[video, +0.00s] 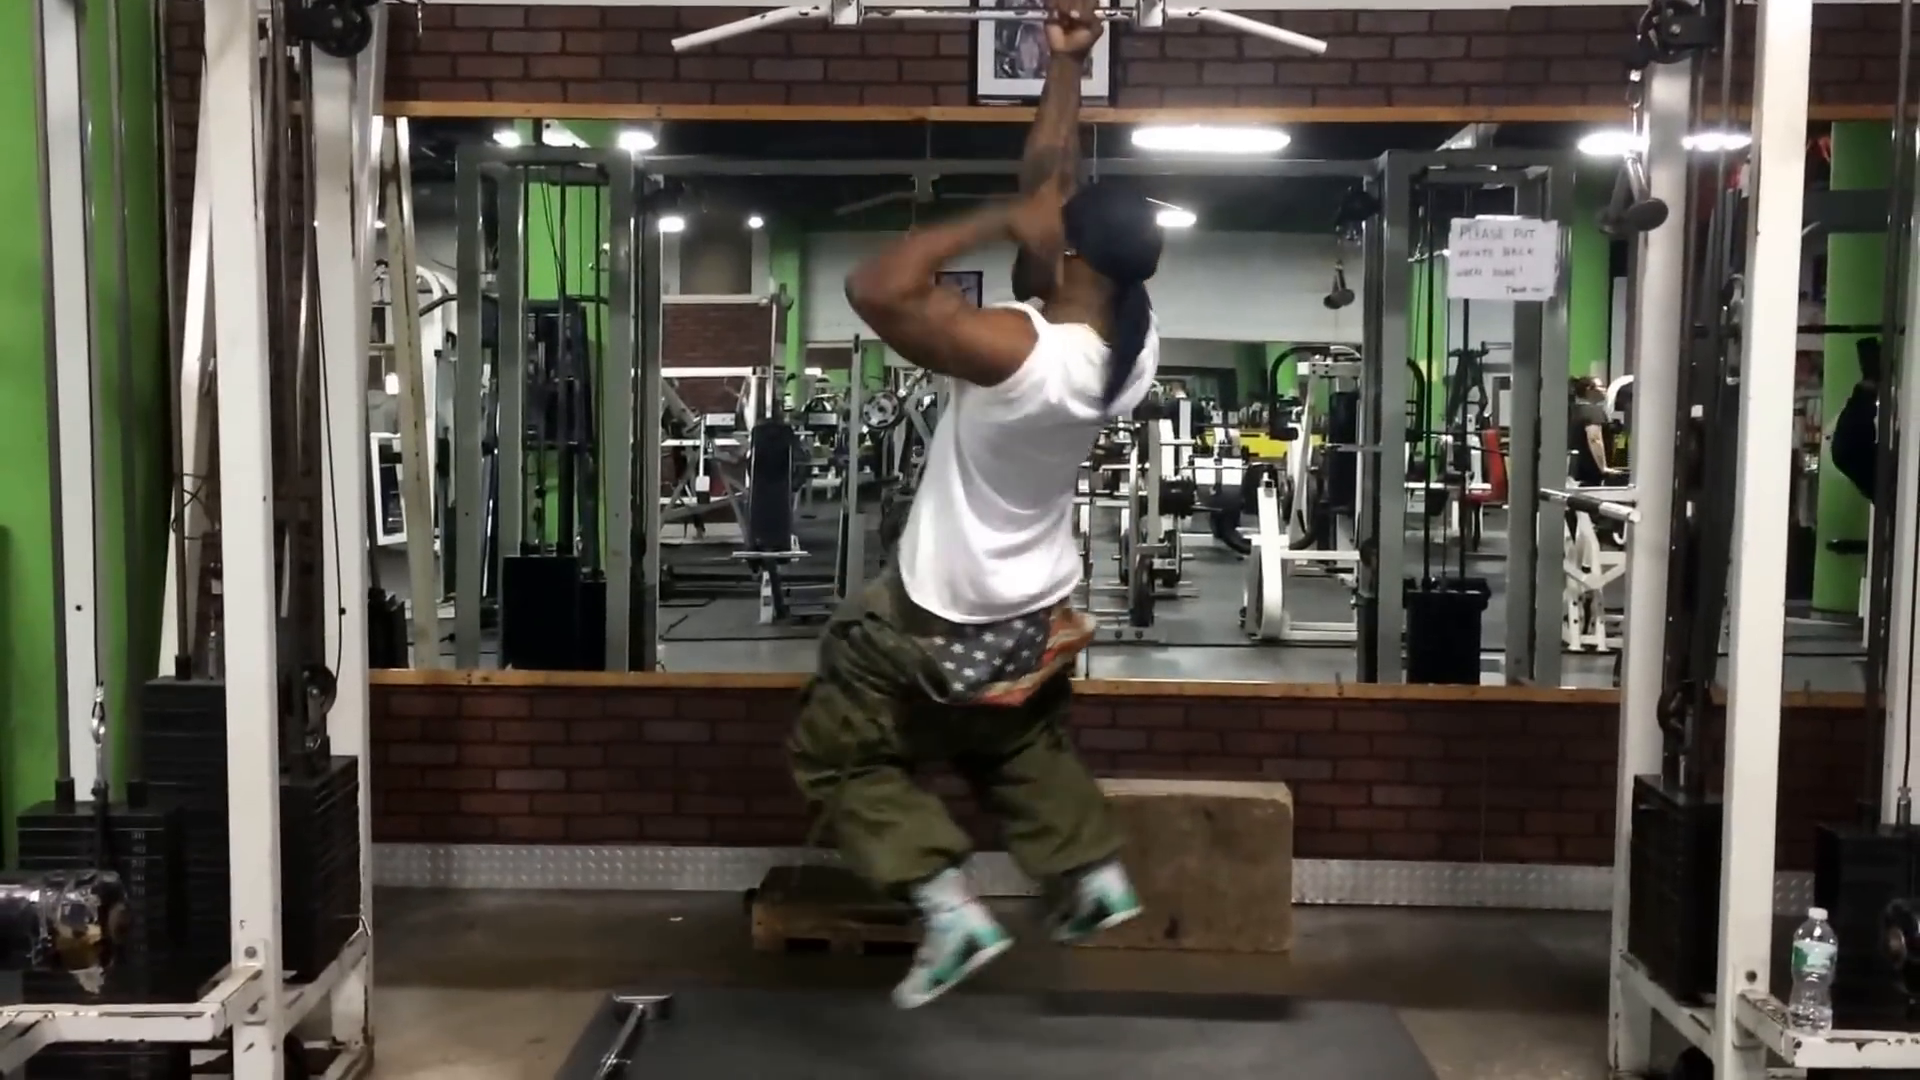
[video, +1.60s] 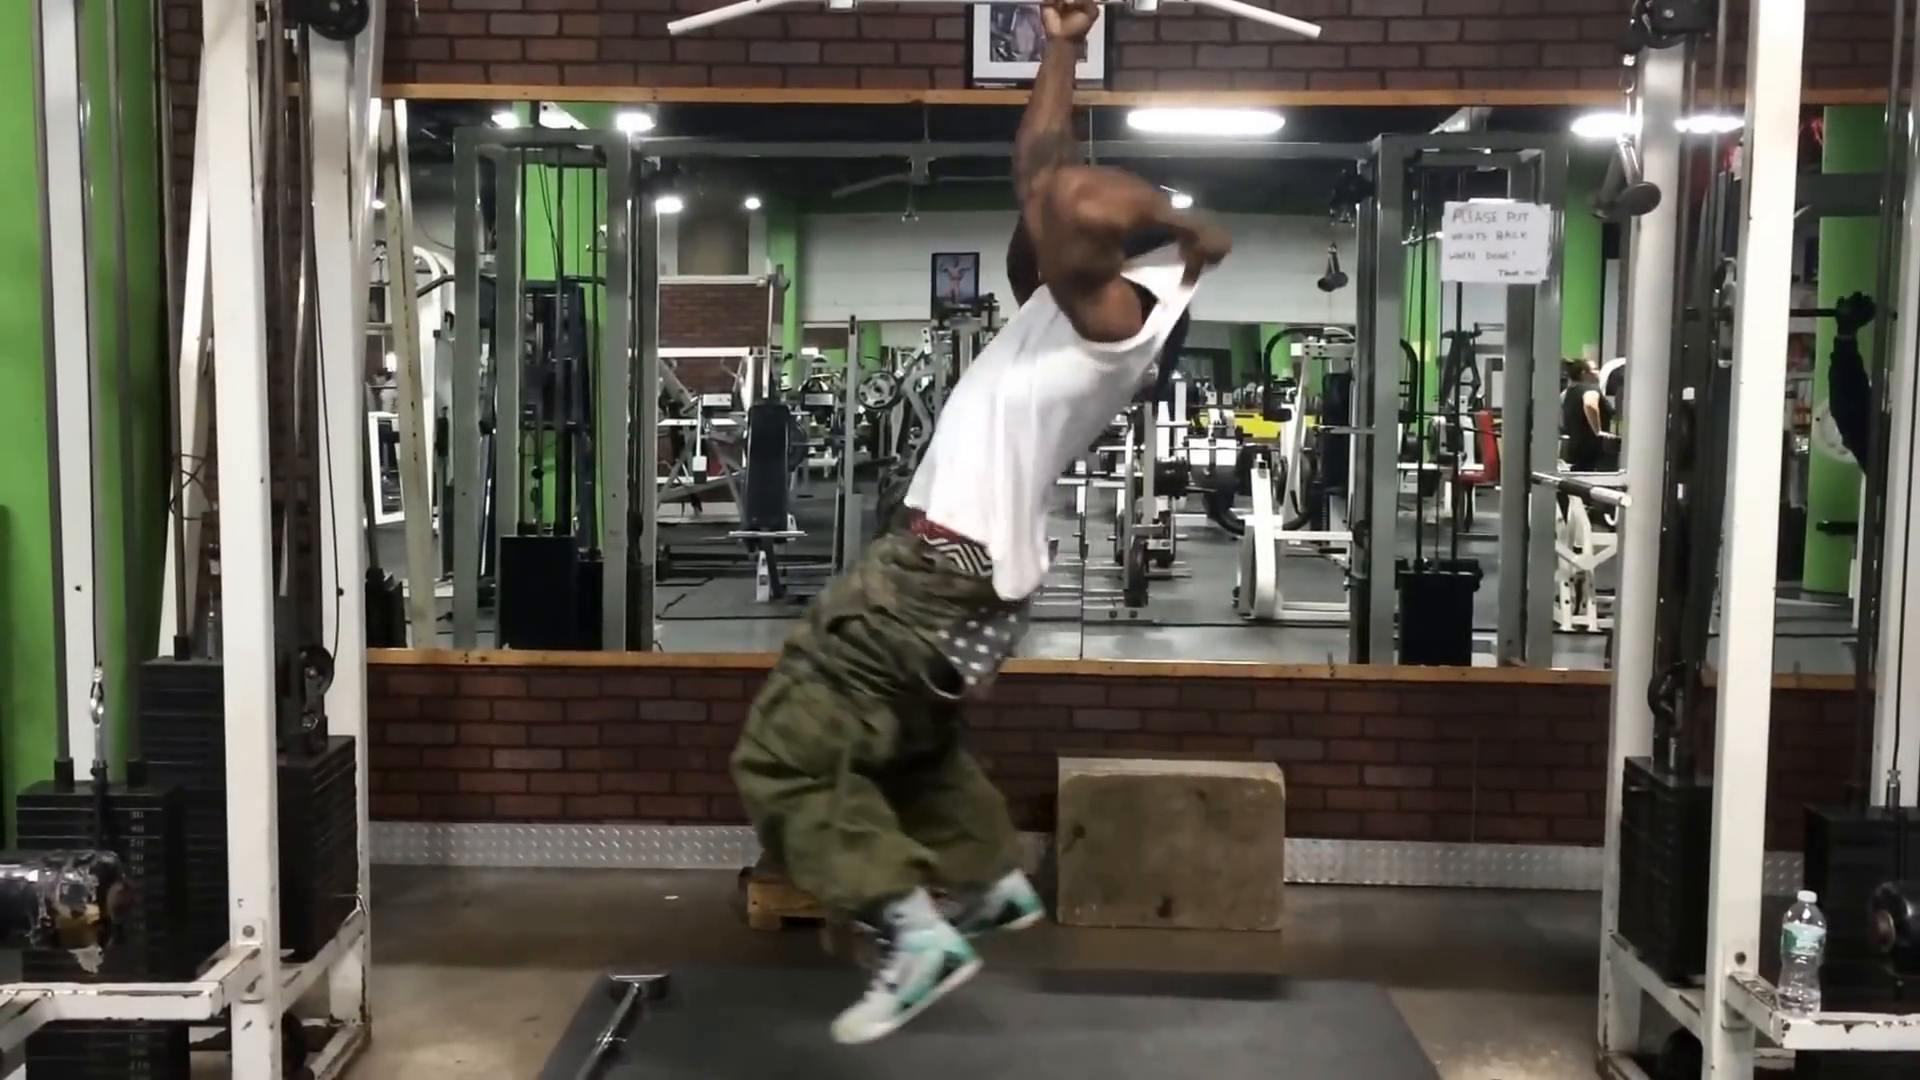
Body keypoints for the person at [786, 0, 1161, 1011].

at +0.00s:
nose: (1045, 227)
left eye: (1054, 221)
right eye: (1055, 215)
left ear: (1066, 253)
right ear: (1129, 264)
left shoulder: (1015, 345)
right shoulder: (1124, 337)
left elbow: (877, 289)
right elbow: (1048, 194)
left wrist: (998, 223)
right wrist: (1064, 64)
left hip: (936, 626)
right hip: (1043, 611)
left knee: (838, 752)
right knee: (1013, 736)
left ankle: (947, 907)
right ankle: (1094, 876)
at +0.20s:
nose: (1073, 250)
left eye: (1087, 242)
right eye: (1081, 237)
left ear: (1114, 266)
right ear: (1137, 269)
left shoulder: (1083, 365)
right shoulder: (1128, 327)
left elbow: (939, 335)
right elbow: (1059, 190)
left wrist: (1052, 275)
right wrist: (1065, 56)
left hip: (1010, 613)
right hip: (1091, 597)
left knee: (929, 774)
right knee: (1053, 726)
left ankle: (1087, 888)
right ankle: (1179, 820)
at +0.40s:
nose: (1102, 245)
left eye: (1115, 238)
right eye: (1104, 232)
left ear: (1158, 258)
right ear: (1160, 257)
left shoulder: (1160, 354)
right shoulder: (1153, 304)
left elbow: (1025, 358)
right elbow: (1068, 187)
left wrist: (1115, 274)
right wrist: (1066, 53)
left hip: (1089, 605)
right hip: (1129, 583)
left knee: (1032, 796)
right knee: (1118, 715)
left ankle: (1209, 868)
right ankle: (1244, 796)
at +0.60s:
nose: (1128, 248)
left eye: (1143, 237)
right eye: (1133, 236)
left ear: (1195, 247)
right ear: (1176, 247)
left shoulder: (1215, 336)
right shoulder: (1171, 296)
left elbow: (1131, 304)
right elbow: (1075, 176)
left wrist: (1199, 247)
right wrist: (1069, 49)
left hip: (1143, 591)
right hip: (1146, 573)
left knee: (1107, 817)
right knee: (1159, 712)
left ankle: (1287, 846)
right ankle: (1282, 773)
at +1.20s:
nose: (1145, 248)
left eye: (1164, 243)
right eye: (1155, 240)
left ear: (1200, 270)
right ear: (1167, 259)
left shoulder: (1177, 329)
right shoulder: (1128, 305)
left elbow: (1091, 243)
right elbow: (1056, 174)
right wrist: (1066, 47)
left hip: (1060, 590)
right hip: (1065, 585)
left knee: (998, 808)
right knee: (1066, 757)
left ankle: (1187, 893)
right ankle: (1195, 847)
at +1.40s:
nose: (1092, 225)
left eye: (1110, 210)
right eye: (1095, 208)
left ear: (1162, 241)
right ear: (1167, 243)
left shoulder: (1157, 320)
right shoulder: (1120, 291)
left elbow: (1052, 275)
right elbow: (1050, 179)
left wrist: (1131, 229)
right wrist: (1062, 46)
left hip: (989, 590)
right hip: (1006, 584)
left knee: (879, 789)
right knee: (975, 760)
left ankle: (1046, 932)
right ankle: (1090, 878)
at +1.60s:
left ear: (1124, 258)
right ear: (1122, 259)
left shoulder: (1120, 326)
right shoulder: (1068, 309)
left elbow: (1071, 192)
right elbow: (1038, 174)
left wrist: (1179, 219)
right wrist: (1060, 48)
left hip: (938, 569)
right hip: (970, 580)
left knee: (787, 752)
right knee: (910, 741)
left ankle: (909, 933)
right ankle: (995, 881)